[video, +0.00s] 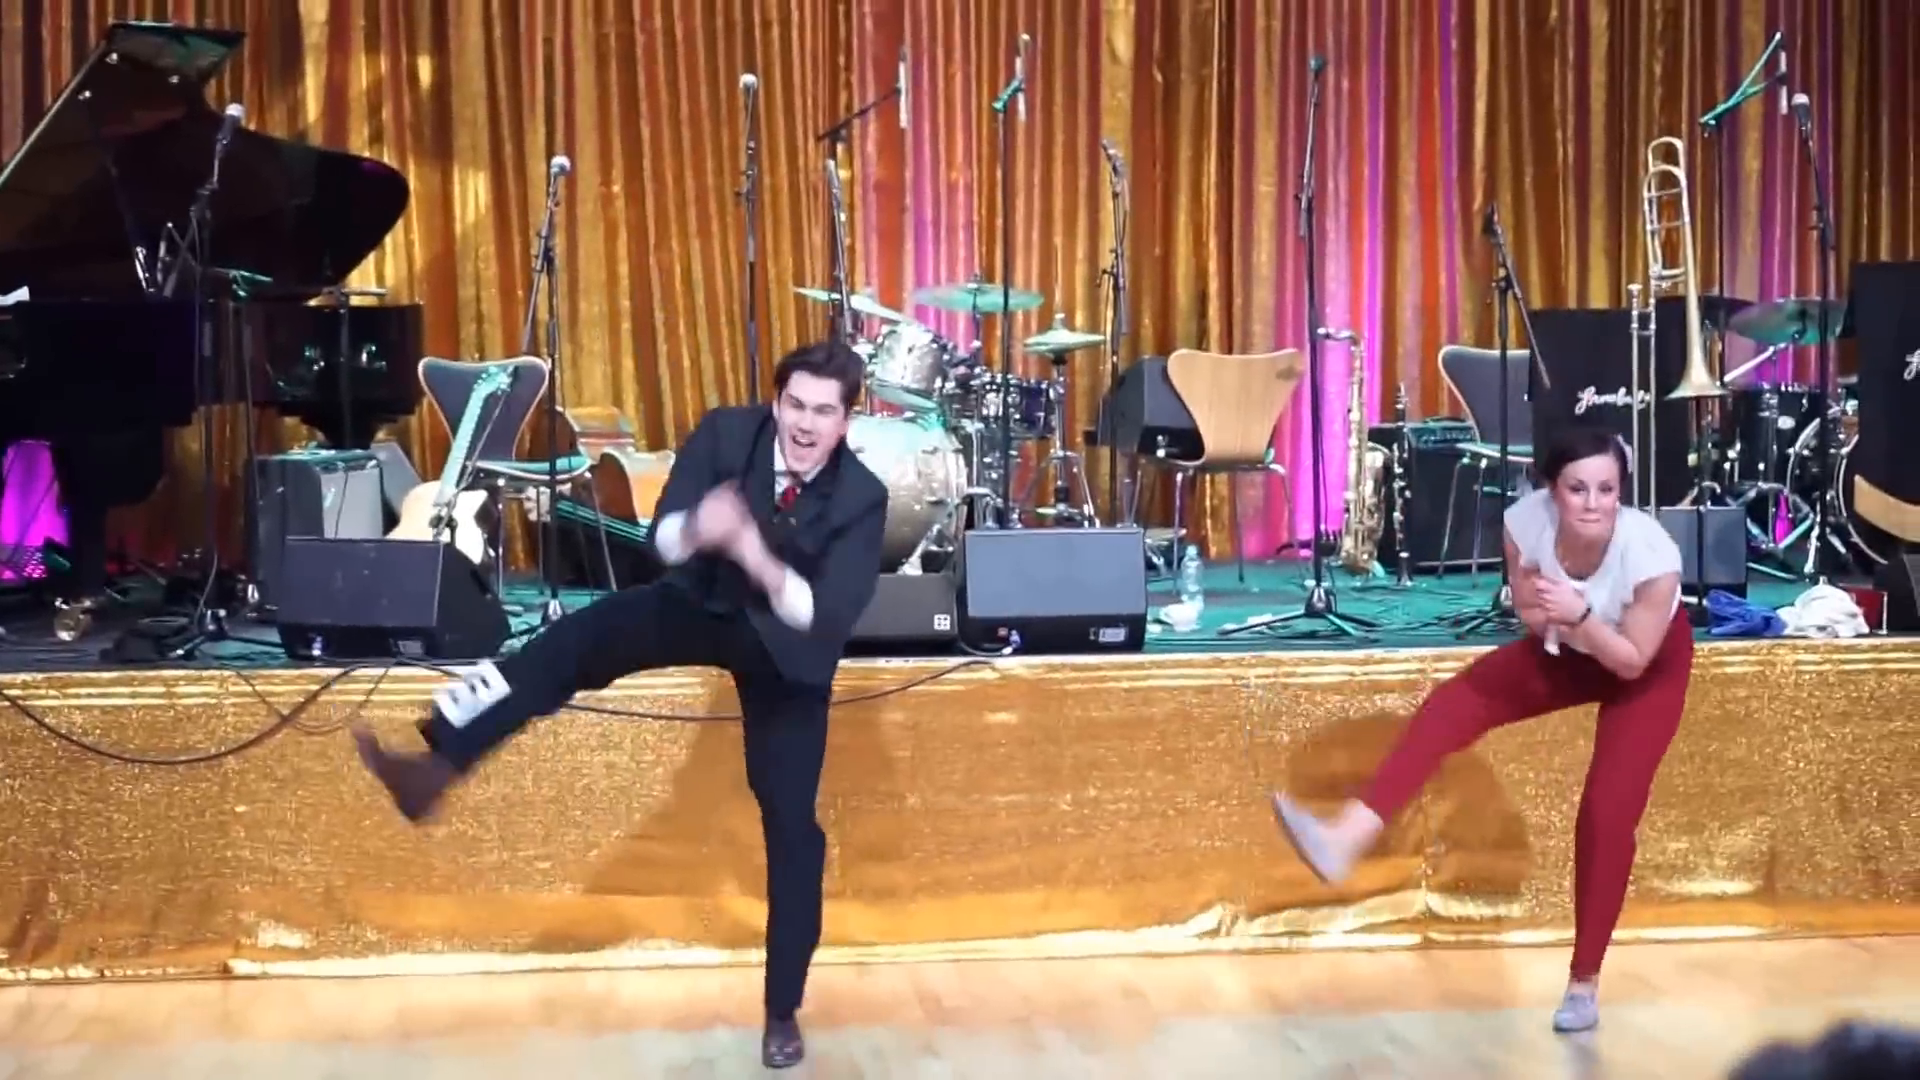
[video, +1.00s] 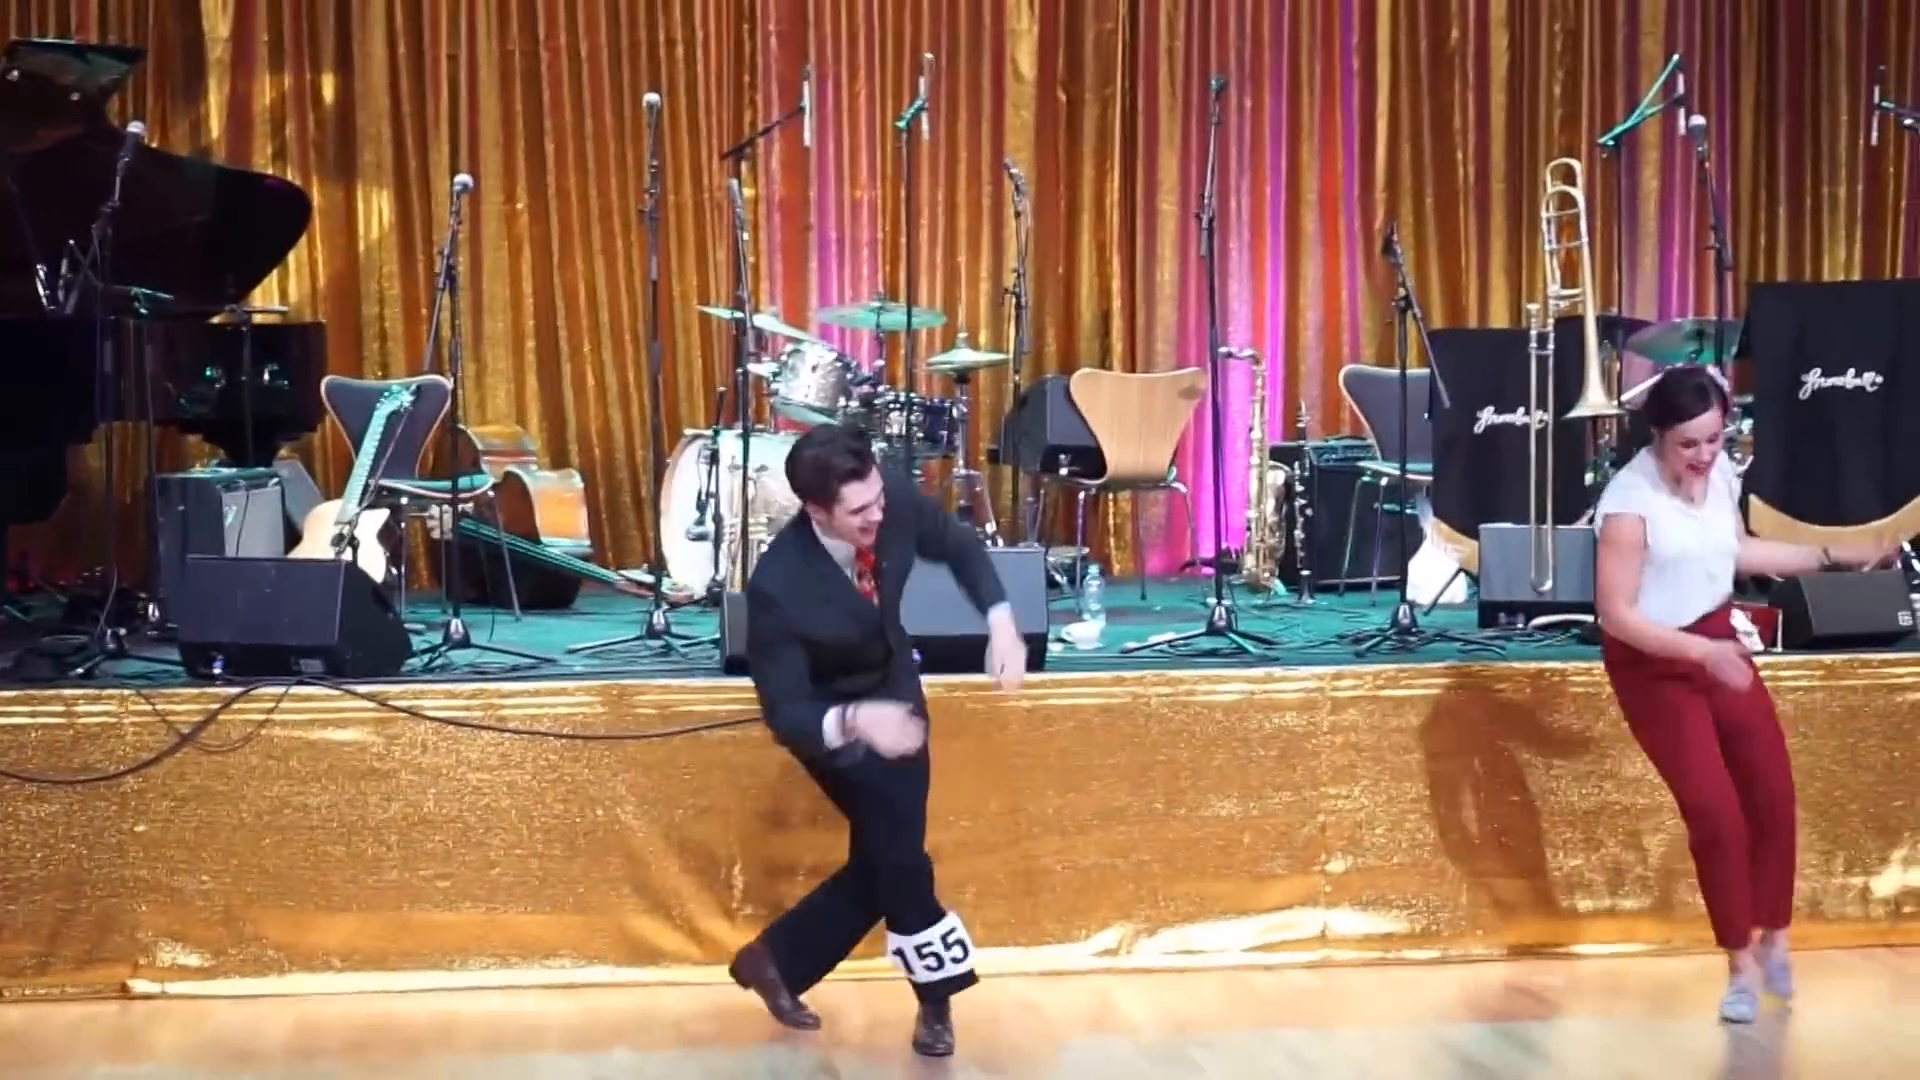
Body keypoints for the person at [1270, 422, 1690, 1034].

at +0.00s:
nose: (1593, 504)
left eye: (1607, 489)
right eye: (1578, 489)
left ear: (1623, 491)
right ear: (1551, 488)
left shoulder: (1651, 552)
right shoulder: (1525, 522)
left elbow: (1633, 660)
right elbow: (1527, 612)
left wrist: (1580, 613)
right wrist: (1545, 610)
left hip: (1650, 663)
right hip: (1572, 651)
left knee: (1607, 809)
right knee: (1454, 702)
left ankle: (1584, 983)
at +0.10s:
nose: (1613, 513)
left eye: (1625, 500)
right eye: (1598, 500)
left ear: (1637, 504)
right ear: (1568, 502)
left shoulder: (1659, 568)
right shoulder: (1531, 536)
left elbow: (1641, 673)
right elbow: (1531, 628)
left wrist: (1597, 625)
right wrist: (1566, 628)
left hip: (1652, 669)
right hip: (1567, 658)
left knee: (1604, 811)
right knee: (1478, 760)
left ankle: (1581, 980)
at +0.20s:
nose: (1636, 514)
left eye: (1646, 501)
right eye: (1620, 500)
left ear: (1657, 508)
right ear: (1587, 507)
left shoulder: (1671, 574)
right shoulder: (1541, 550)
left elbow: (1652, 680)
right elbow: (1533, 648)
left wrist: (1619, 633)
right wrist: (1587, 647)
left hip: (1645, 691)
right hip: (1566, 682)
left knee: (1591, 805)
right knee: (1533, 823)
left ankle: (1568, 986)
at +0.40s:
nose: (1671, 470)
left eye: (1678, 458)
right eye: (1656, 458)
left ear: (1684, 465)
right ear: (1617, 466)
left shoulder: (1697, 531)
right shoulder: (1565, 526)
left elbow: (1690, 632)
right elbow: (1558, 635)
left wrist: (1663, 599)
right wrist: (1631, 623)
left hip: (1656, 665)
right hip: (1575, 667)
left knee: (1635, 799)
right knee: (1573, 816)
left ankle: (1628, 959)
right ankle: (1611, 941)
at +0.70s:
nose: (1709, 419)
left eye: (1711, 407)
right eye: (1694, 408)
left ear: (1709, 413)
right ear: (1651, 418)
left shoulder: (1729, 478)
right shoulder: (1599, 495)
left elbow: (1756, 578)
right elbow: (1600, 605)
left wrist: (1748, 660)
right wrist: (1651, 675)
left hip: (1710, 639)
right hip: (1622, 646)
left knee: (1740, 795)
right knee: (1618, 807)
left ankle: (1728, 945)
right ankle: (1596, 931)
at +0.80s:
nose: (1718, 425)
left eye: (1720, 412)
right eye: (1703, 416)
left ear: (1722, 412)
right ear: (1662, 424)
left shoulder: (1739, 480)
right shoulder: (1613, 498)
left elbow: (1761, 578)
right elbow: (1616, 608)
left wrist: (1782, 659)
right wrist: (1670, 684)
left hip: (1727, 653)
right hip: (1640, 659)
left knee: (1755, 812)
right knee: (1646, 813)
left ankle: (1761, 949)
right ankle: (1686, 938)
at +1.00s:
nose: (1704, 455)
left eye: (1713, 440)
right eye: (1689, 443)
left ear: (1723, 430)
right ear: (1657, 436)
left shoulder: (1721, 476)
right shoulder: (1628, 499)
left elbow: (1733, 553)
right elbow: (1614, 616)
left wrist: (1840, 556)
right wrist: (1700, 651)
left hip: (1721, 641)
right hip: (1649, 658)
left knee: (1773, 791)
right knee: (1713, 806)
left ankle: (1774, 940)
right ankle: (1741, 963)